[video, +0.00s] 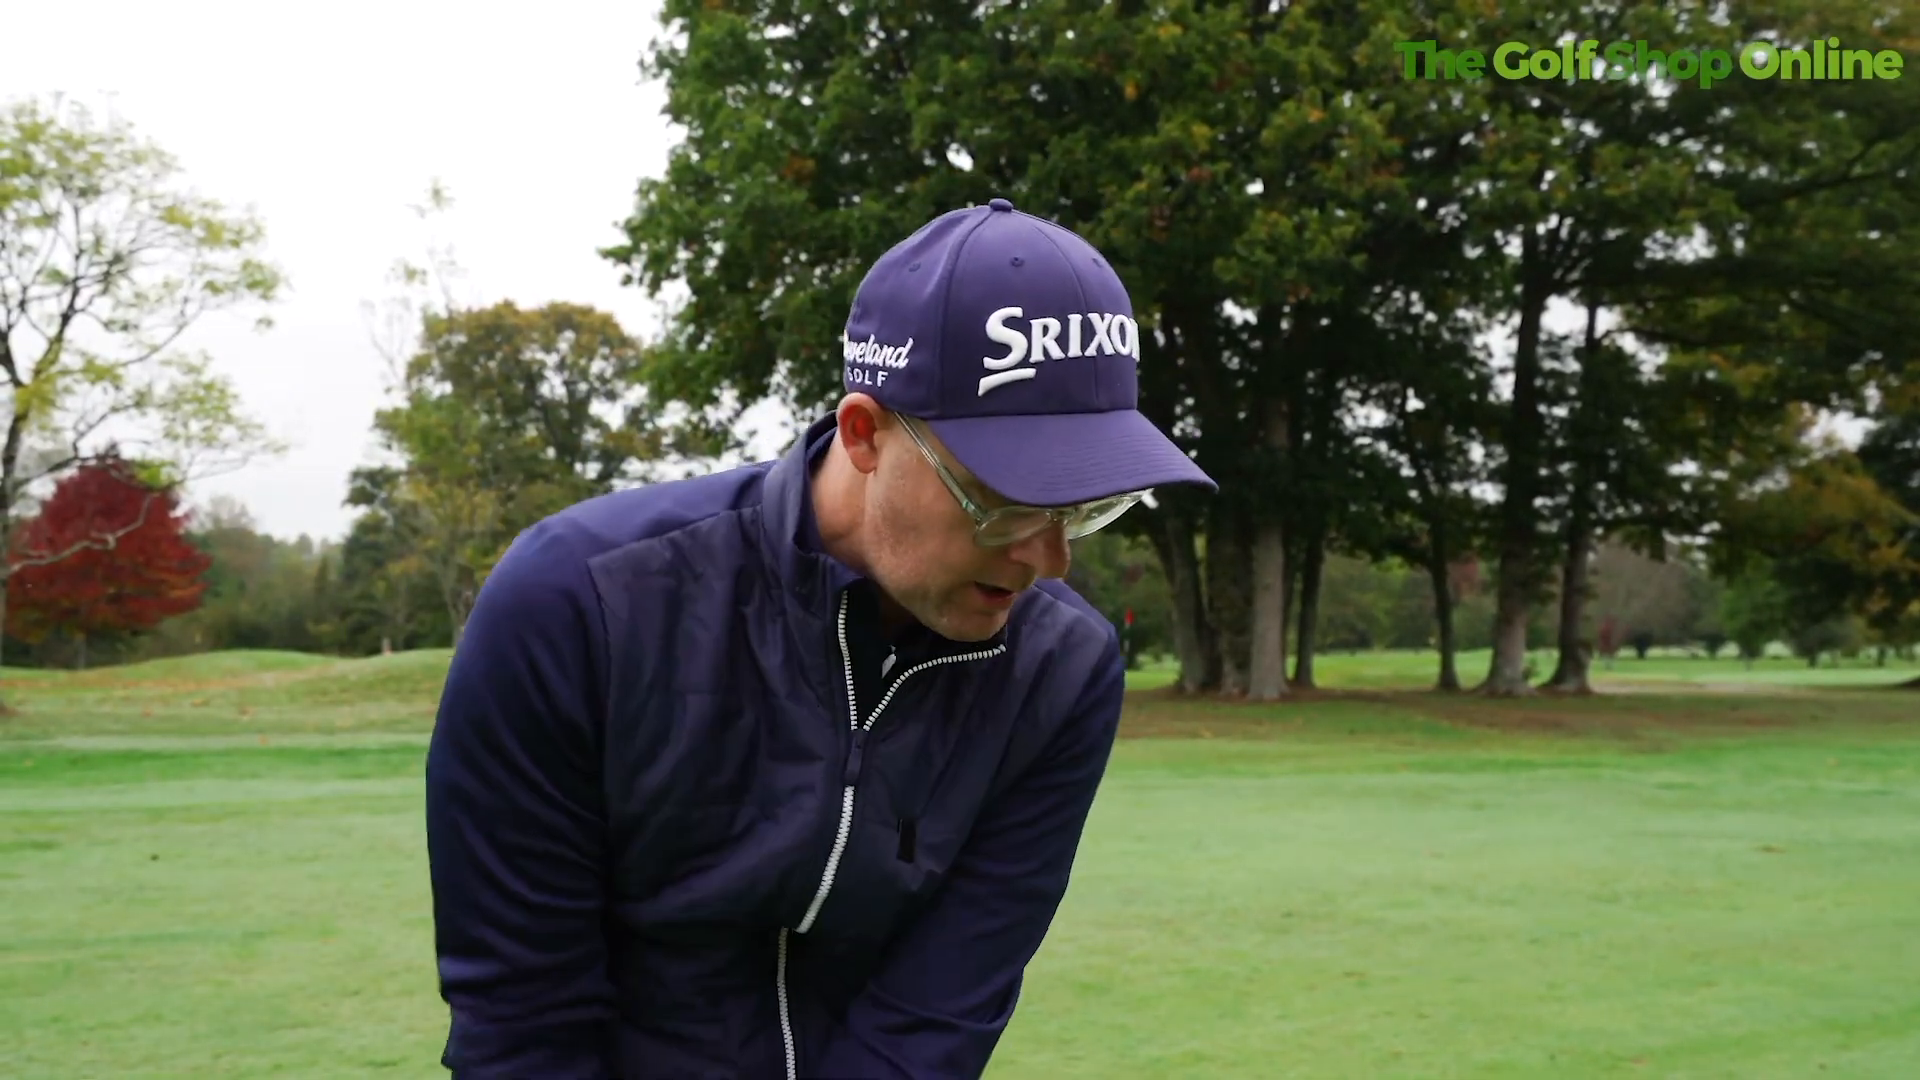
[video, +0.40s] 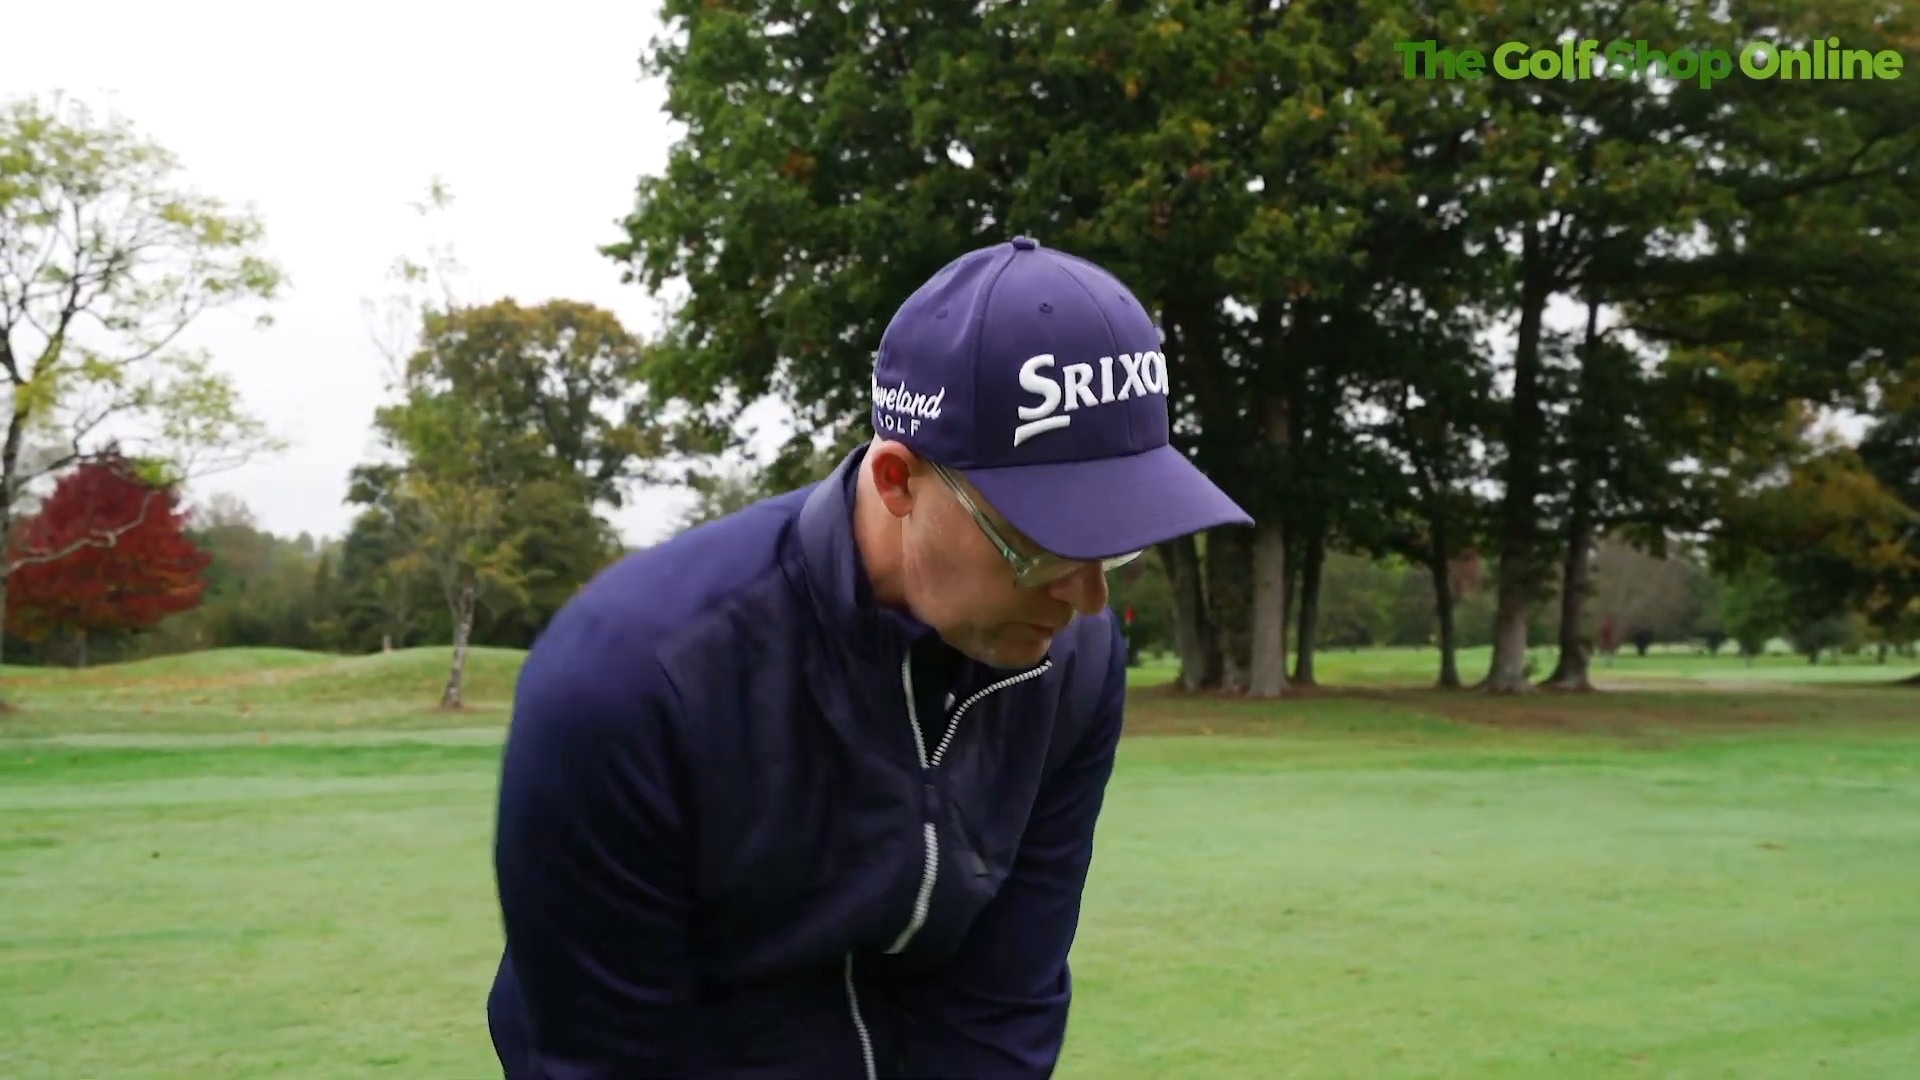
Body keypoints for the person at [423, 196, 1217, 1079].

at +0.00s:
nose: (1046, 557)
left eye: (1076, 504)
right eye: (1004, 500)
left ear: (1108, 473)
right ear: (863, 437)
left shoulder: (1064, 668)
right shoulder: (573, 602)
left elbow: (930, 1034)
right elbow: (520, 1024)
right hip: (615, 1056)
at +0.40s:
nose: (1088, 597)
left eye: (1107, 545)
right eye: (1042, 548)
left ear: (1136, 487)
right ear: (897, 482)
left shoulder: (1078, 654)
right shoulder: (628, 679)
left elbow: (1005, 1019)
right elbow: (592, 1042)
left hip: (914, 1042)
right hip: (675, 1042)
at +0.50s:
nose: (1094, 618)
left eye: (1108, 564)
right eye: (1045, 568)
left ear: (1132, 503)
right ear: (896, 509)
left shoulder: (1050, 651)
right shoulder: (673, 765)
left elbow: (1018, 994)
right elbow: (678, 1056)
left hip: (868, 1035)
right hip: (659, 1043)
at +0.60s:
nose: (1103, 626)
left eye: (1115, 573)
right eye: (1051, 582)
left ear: (1136, 511)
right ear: (905, 529)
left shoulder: (1015, 640)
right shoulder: (745, 810)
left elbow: (1015, 957)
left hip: (845, 1030)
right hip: (653, 1058)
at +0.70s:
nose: (1123, 597)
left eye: (1128, 548)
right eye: (1074, 558)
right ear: (918, 515)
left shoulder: (961, 594)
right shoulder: (800, 821)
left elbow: (1004, 917)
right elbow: (920, 1060)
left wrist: (1021, 1069)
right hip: (677, 1061)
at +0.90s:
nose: (1120, 427)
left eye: (1114, 391)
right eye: (1088, 399)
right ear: (956, 414)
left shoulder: (774, 478)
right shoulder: (878, 735)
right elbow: (981, 1036)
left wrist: (1064, 1057)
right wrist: (1083, 1074)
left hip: (617, 1027)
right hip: (736, 1058)